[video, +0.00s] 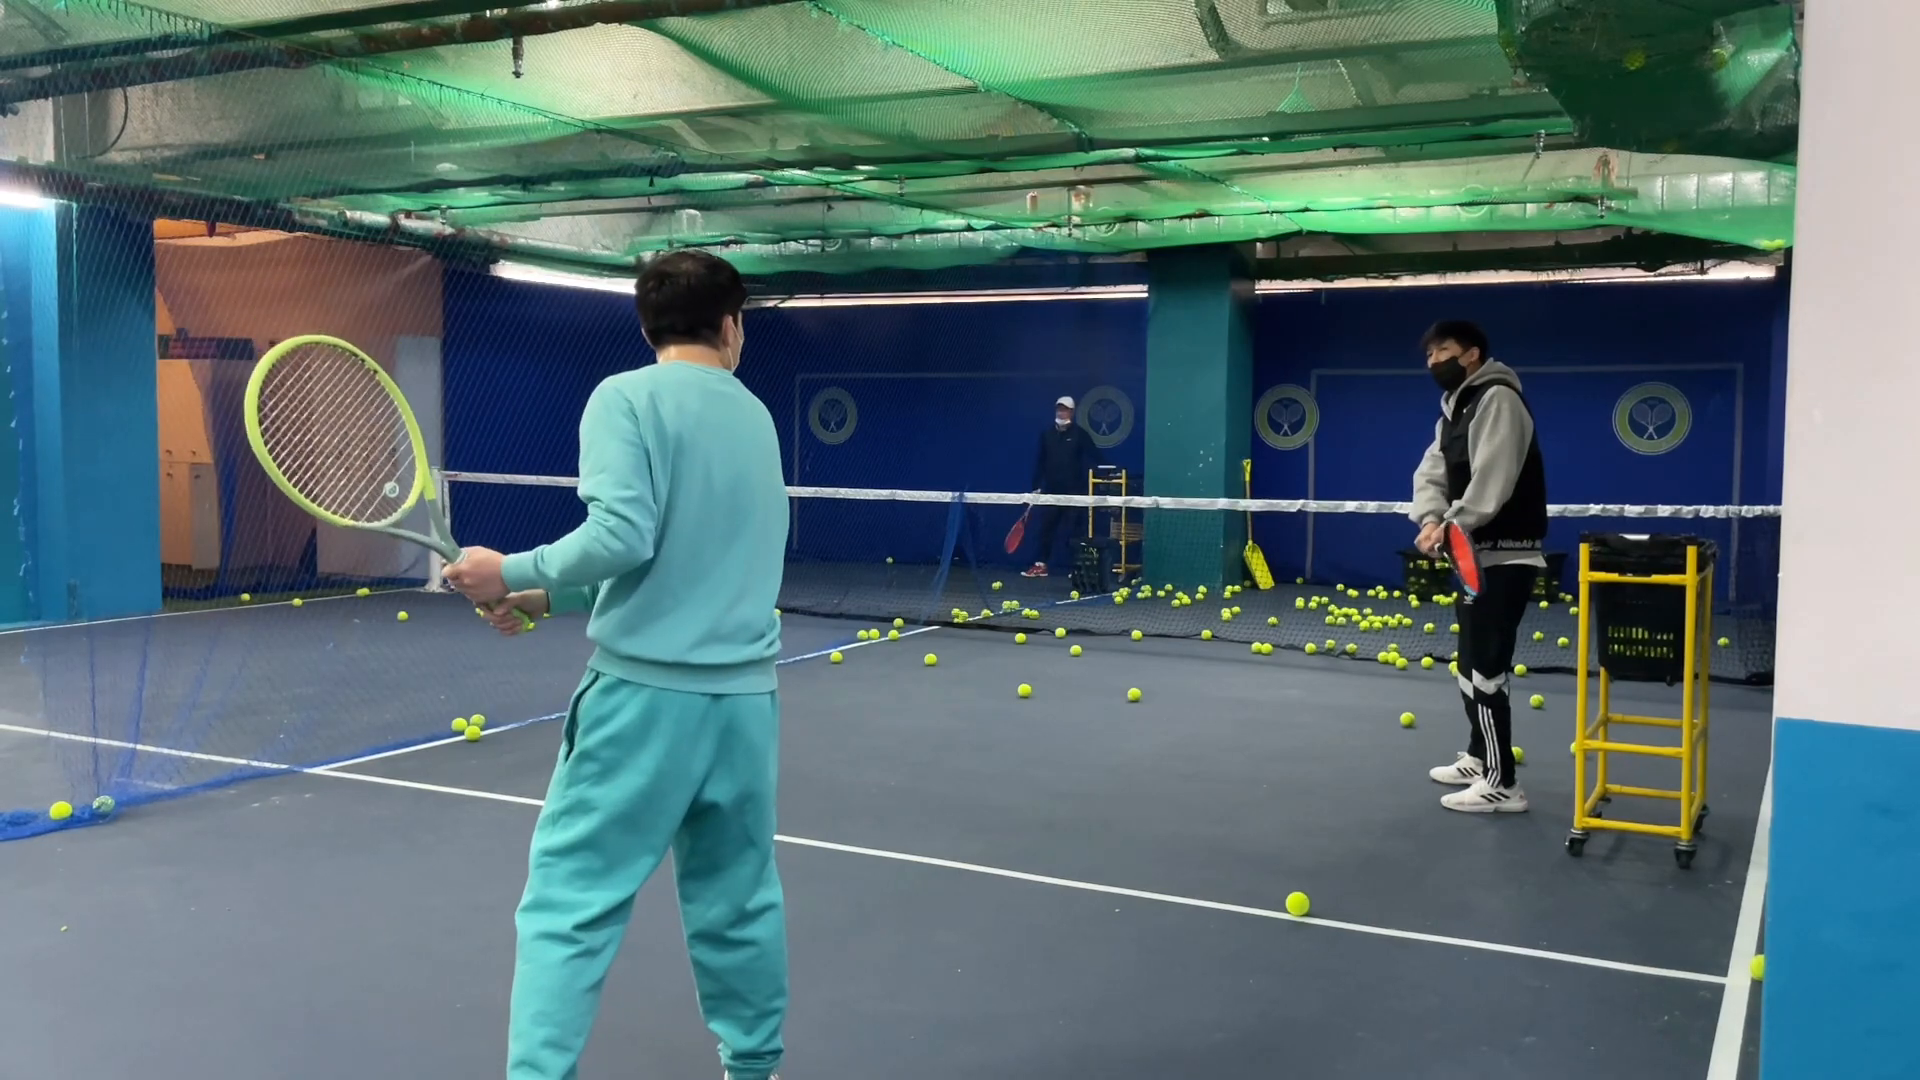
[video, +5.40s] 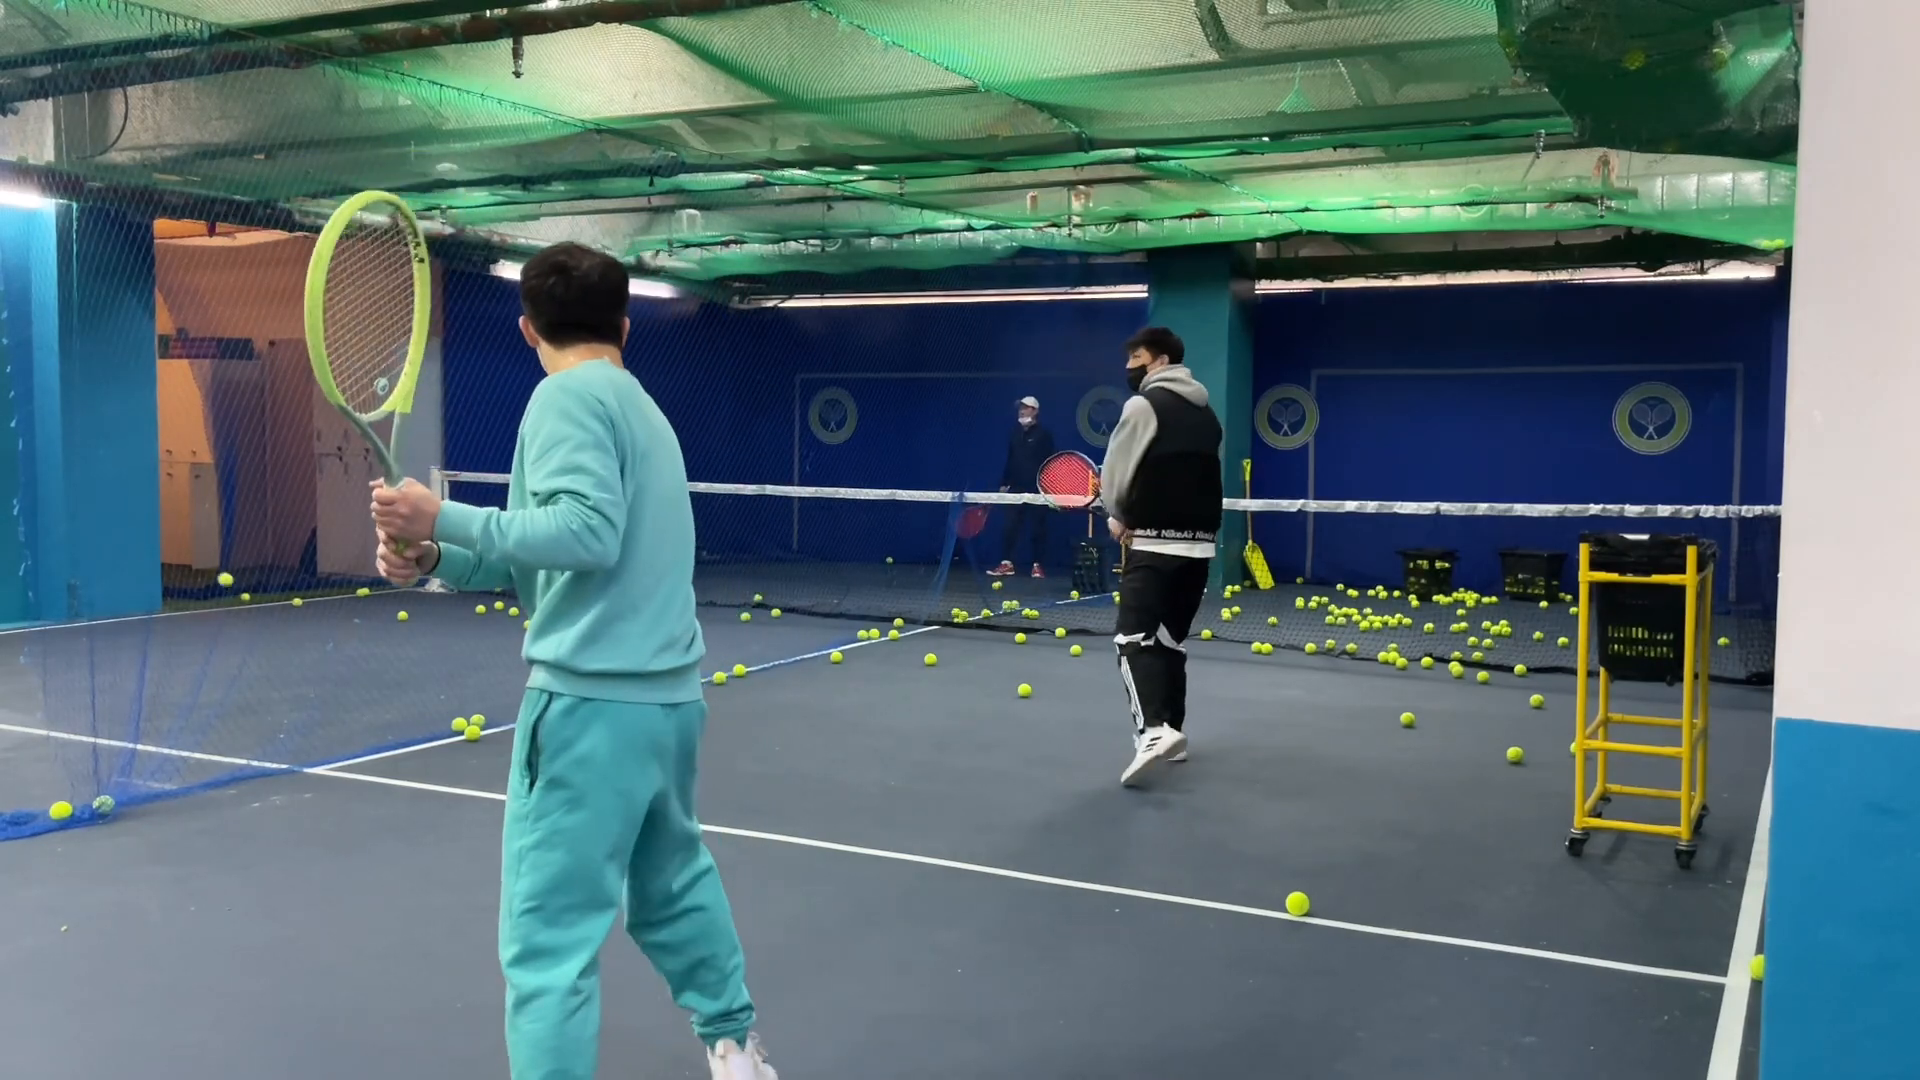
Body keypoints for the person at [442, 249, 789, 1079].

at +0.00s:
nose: (744, 333)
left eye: (743, 320)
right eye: (742, 320)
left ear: (648, 326)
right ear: (730, 324)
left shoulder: (624, 397)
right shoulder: (755, 415)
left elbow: (622, 536)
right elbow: (688, 558)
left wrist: (509, 570)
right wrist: (545, 594)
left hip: (641, 702)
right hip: (745, 704)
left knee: (569, 907)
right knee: (739, 898)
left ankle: (538, 1068)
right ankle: (754, 1063)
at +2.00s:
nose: (733, 339)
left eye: (729, 326)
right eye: (732, 327)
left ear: (640, 332)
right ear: (718, 331)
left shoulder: (610, 400)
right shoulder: (751, 422)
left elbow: (616, 533)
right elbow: (721, 563)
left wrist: (535, 621)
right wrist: (574, 631)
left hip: (630, 702)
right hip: (737, 705)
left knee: (567, 911)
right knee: (735, 898)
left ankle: (536, 1069)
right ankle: (754, 1064)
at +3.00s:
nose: (735, 328)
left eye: (732, 315)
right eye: (734, 316)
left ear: (639, 325)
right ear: (721, 322)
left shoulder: (592, 409)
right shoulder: (766, 425)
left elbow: (555, 555)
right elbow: (769, 548)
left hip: (615, 704)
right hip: (731, 707)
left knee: (570, 909)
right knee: (734, 900)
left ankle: (540, 1069)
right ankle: (750, 1064)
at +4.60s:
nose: (732, 330)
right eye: (731, 319)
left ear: (634, 324)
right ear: (723, 323)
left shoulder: (605, 400)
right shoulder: (754, 426)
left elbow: (533, 535)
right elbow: (657, 563)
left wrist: (469, 513)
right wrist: (521, 556)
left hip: (617, 708)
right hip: (726, 710)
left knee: (579, 920)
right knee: (732, 905)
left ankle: (554, 1071)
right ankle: (752, 1065)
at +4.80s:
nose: (606, 326)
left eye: (608, 316)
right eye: (713, 320)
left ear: (615, 324)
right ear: (705, 325)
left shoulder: (604, 393)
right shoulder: (722, 419)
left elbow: (530, 506)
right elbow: (593, 533)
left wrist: (431, 471)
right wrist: (465, 524)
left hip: (615, 709)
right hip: (718, 708)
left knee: (582, 927)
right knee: (724, 904)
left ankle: (562, 1071)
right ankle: (753, 1064)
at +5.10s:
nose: (564, 322)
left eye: (564, 311)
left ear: (571, 323)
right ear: (665, 325)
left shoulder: (600, 399)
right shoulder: (674, 413)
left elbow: (592, 519)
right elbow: (571, 536)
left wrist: (456, 483)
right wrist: (453, 525)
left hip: (608, 710)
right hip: (692, 706)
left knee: (572, 932)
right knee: (705, 901)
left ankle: (561, 1070)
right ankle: (748, 1064)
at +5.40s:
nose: (523, 328)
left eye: (523, 316)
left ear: (529, 325)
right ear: (621, 320)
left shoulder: (568, 399)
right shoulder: (641, 411)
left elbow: (588, 535)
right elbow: (553, 570)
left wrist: (445, 519)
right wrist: (441, 559)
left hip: (588, 706)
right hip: (671, 699)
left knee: (549, 938)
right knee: (672, 881)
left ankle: (550, 1070)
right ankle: (736, 1054)